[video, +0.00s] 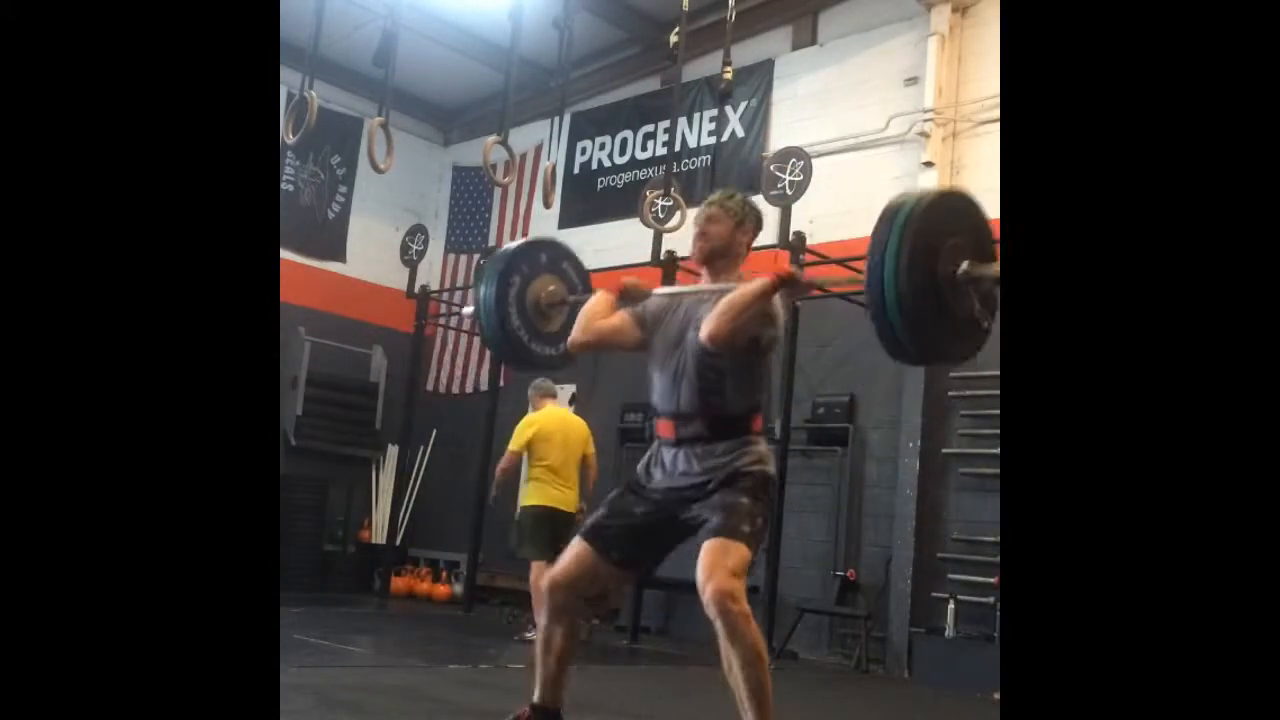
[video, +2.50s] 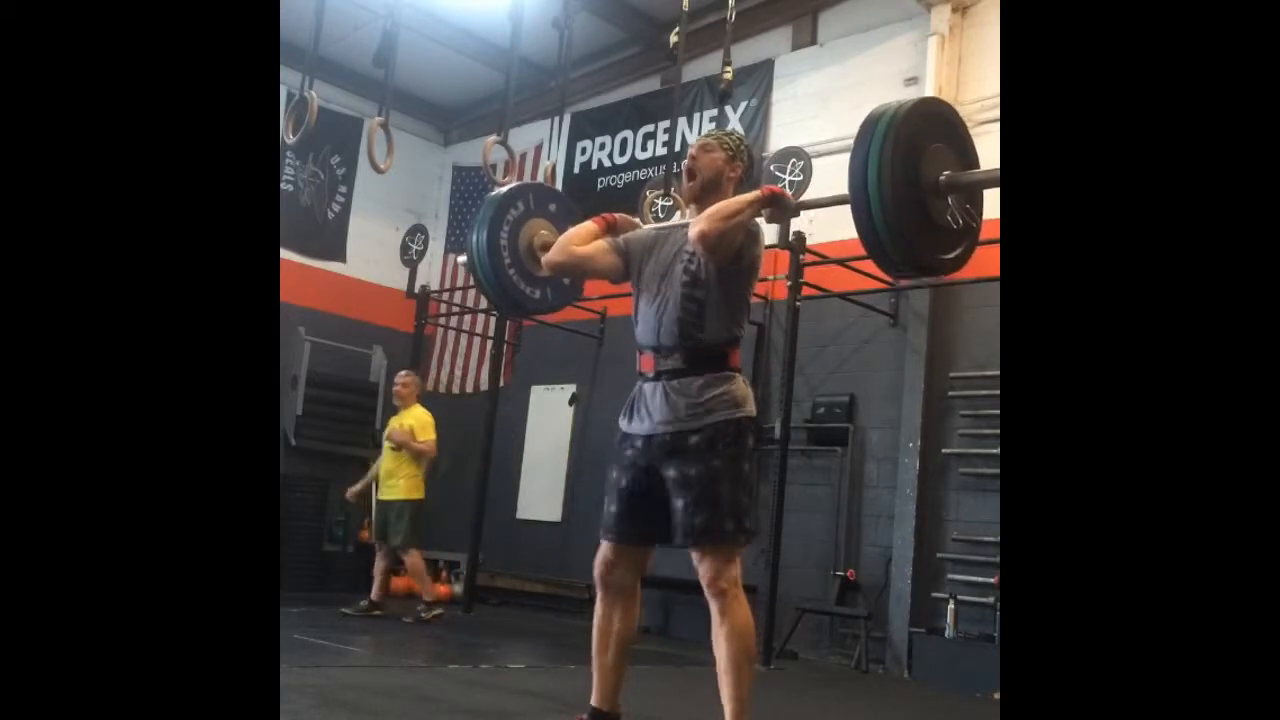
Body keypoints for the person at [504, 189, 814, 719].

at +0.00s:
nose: (699, 228)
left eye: (713, 220)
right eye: (698, 220)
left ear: (745, 233)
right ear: (695, 234)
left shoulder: (759, 299)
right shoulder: (665, 304)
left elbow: (714, 334)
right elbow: (582, 335)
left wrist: (770, 281)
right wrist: (611, 292)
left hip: (735, 463)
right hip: (664, 464)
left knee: (720, 590)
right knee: (560, 584)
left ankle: (758, 716)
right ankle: (544, 709)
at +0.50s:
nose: (724, 172)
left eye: (741, 164)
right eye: (722, 166)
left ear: (772, 184)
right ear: (718, 186)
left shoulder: (775, 242)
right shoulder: (694, 259)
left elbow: (748, 231)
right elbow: (611, 279)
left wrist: (806, 215)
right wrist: (642, 246)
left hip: (749, 417)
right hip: (688, 417)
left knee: (741, 579)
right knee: (684, 580)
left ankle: (767, 714)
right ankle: (703, 713)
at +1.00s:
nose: (711, 172)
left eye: (727, 164)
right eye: (711, 164)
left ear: (757, 180)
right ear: (707, 179)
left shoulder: (763, 246)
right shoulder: (679, 251)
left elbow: (729, 227)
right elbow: (584, 272)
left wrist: (792, 206)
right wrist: (633, 234)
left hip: (738, 422)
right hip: (673, 424)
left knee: (746, 585)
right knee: (634, 570)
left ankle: (768, 715)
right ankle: (604, 709)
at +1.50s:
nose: (687, 164)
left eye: (703, 155)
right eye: (688, 155)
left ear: (733, 172)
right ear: (684, 172)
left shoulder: (739, 236)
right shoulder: (656, 242)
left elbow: (706, 235)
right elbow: (562, 251)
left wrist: (759, 204)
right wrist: (616, 224)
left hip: (709, 415)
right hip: (644, 416)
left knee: (722, 578)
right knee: (626, 571)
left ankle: (737, 714)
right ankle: (604, 709)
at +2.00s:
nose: (691, 164)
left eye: (706, 156)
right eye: (690, 156)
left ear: (737, 173)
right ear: (682, 173)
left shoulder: (741, 237)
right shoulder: (657, 242)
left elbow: (708, 232)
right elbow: (562, 260)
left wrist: (765, 202)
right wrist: (612, 225)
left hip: (707, 417)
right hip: (641, 416)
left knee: (726, 580)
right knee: (629, 575)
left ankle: (739, 714)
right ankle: (605, 708)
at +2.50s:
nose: (687, 159)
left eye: (703, 150)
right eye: (688, 152)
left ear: (734, 169)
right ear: (684, 170)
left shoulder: (737, 232)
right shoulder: (654, 238)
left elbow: (703, 233)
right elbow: (556, 258)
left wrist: (760, 199)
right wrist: (604, 221)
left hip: (712, 414)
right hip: (645, 413)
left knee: (720, 580)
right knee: (613, 571)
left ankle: (735, 715)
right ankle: (602, 709)